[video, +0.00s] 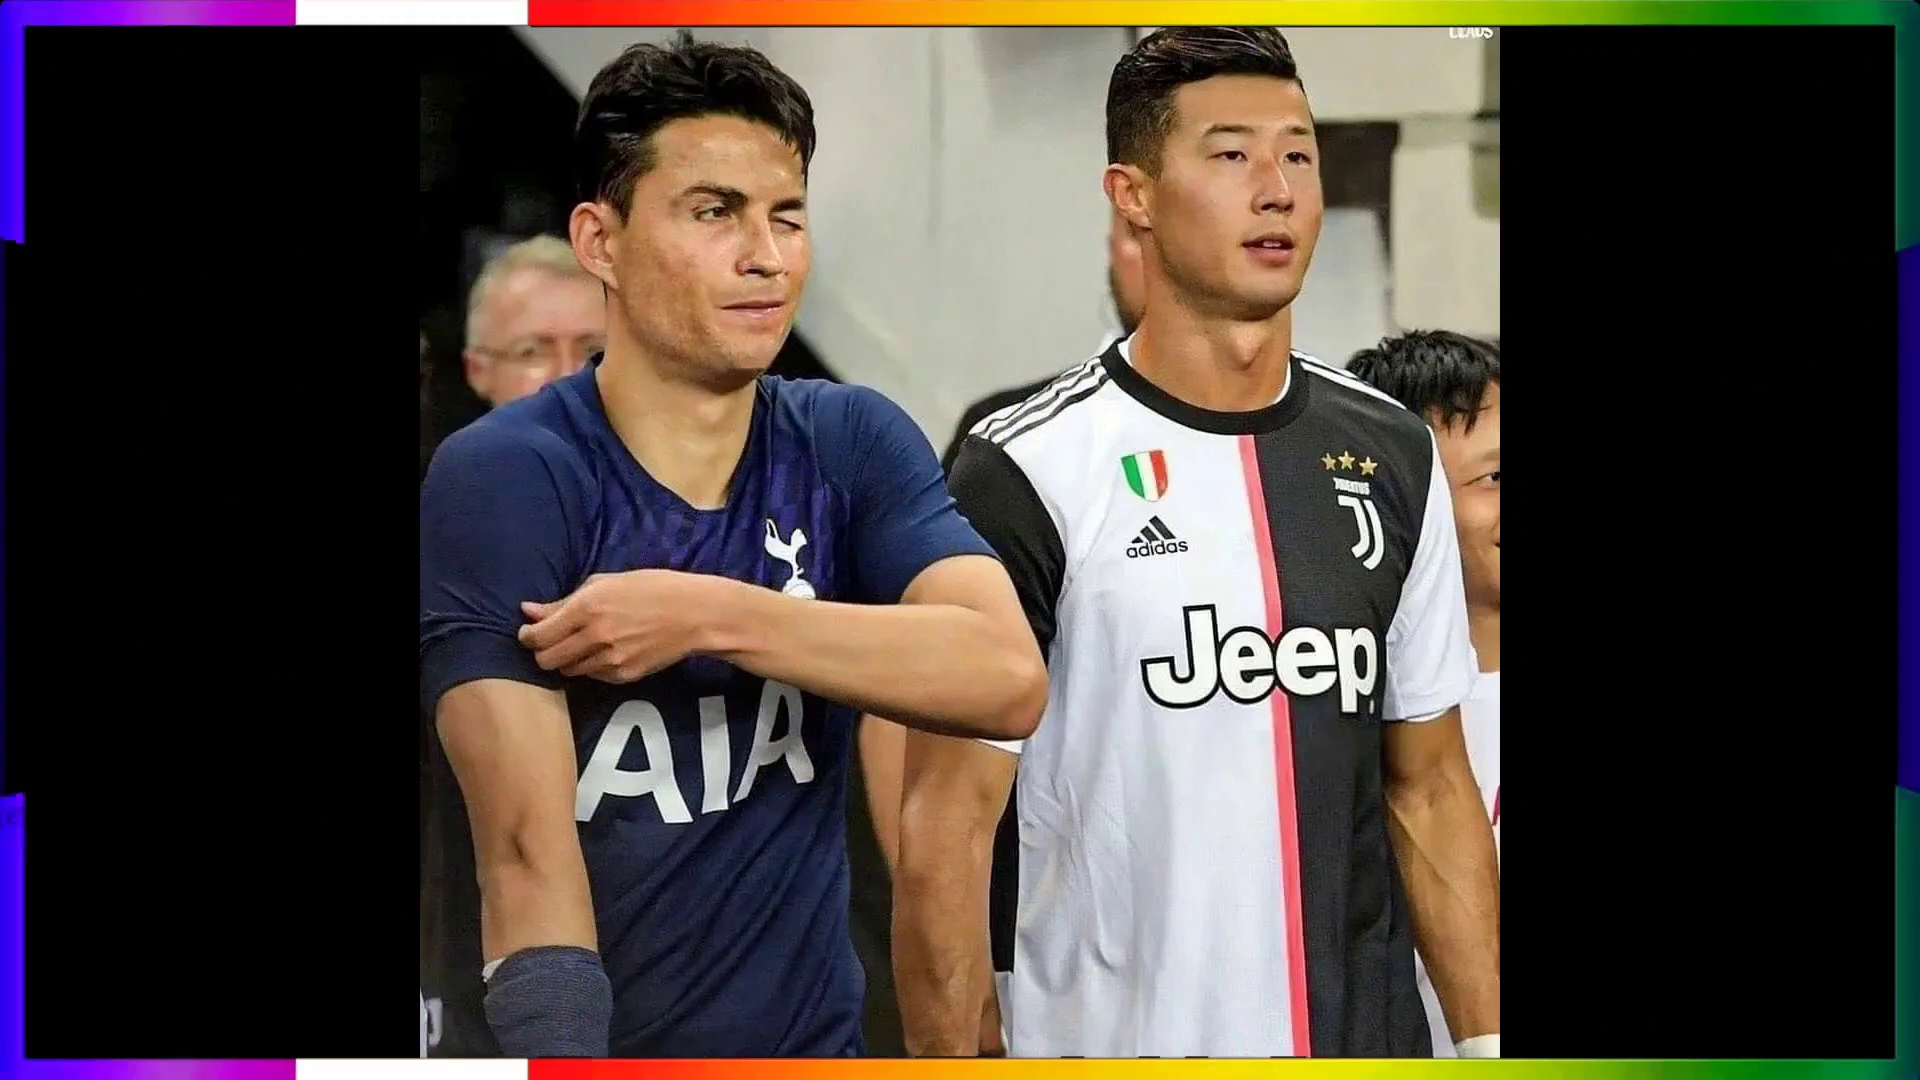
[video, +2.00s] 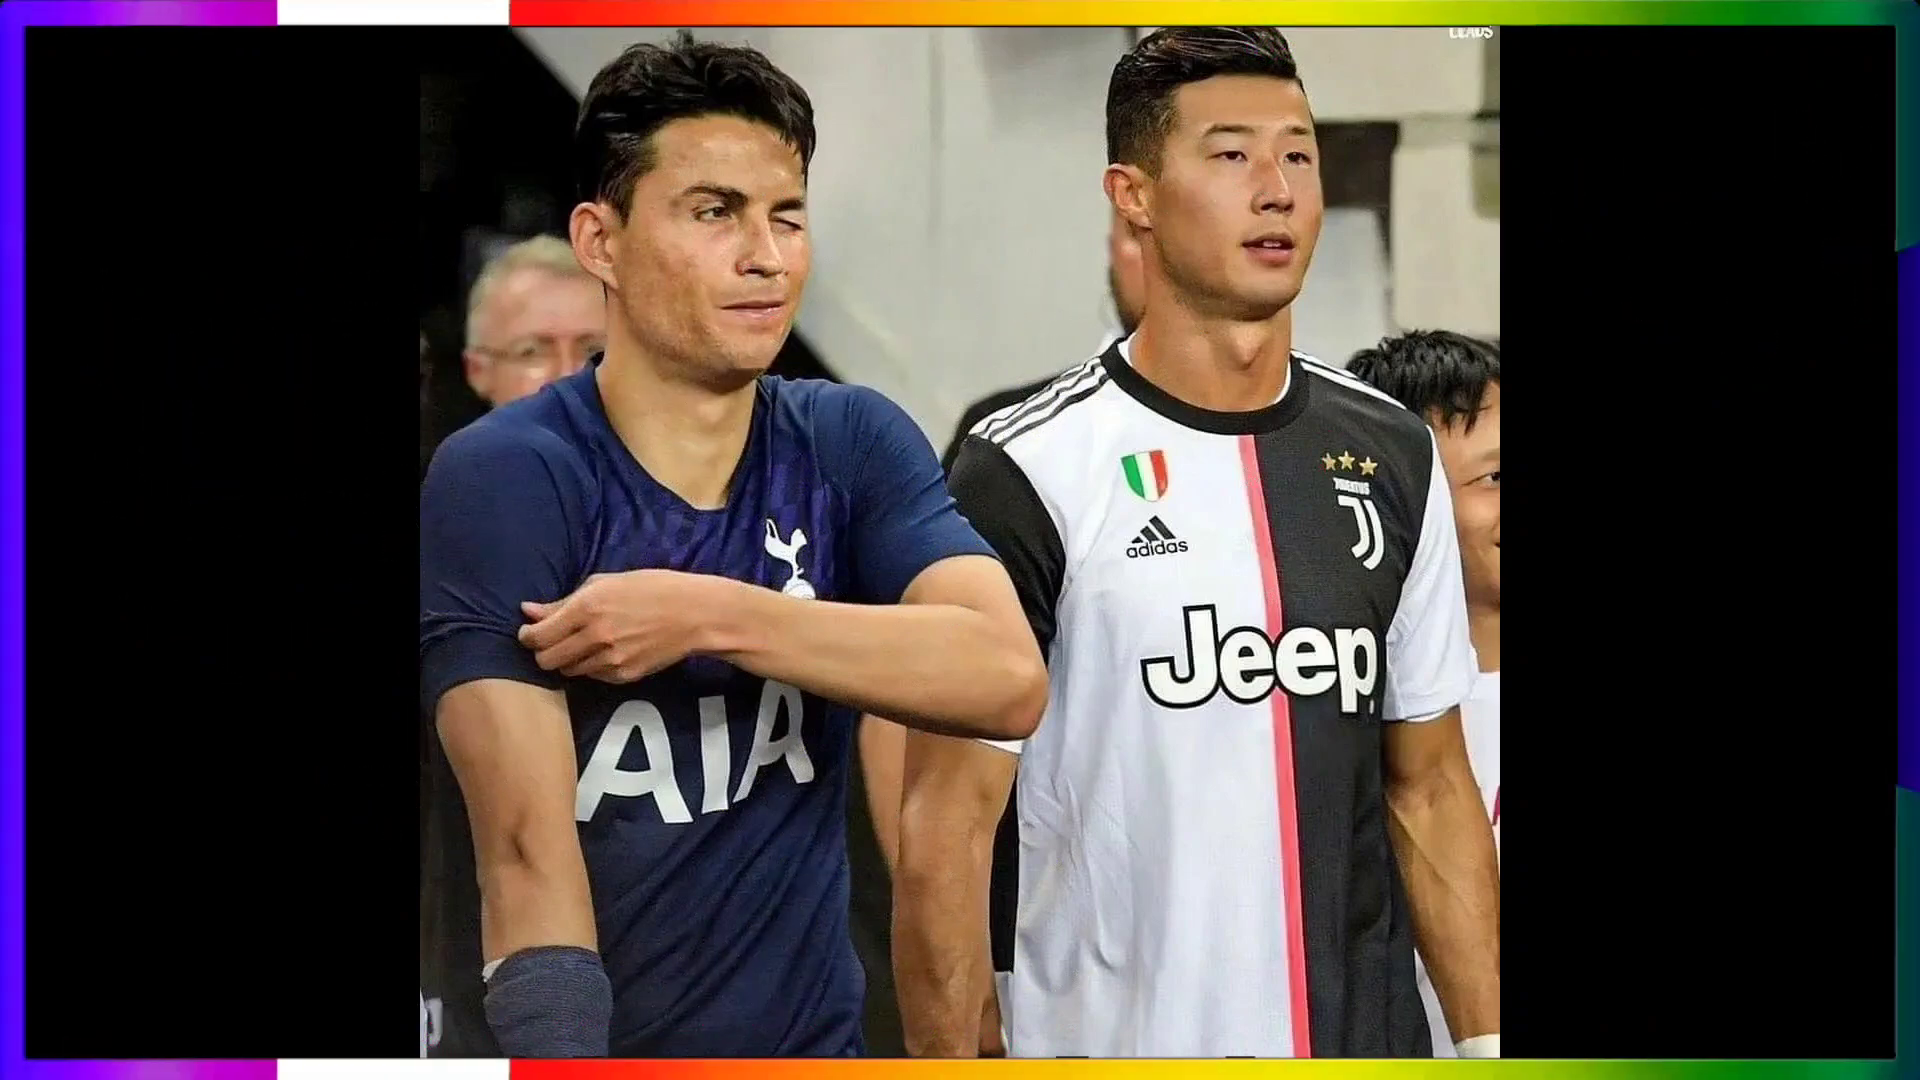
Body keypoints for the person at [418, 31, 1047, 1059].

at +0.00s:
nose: (766, 257)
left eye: (786, 218)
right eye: (712, 212)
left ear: (809, 237)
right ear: (601, 241)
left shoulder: (856, 439)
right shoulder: (499, 476)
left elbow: (1009, 681)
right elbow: (525, 850)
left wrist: (713, 613)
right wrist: (560, 1058)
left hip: (809, 1040)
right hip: (599, 1037)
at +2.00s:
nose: (765, 257)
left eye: (785, 217)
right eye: (712, 212)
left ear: (809, 235)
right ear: (601, 242)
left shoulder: (856, 439)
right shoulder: (500, 476)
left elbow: (1009, 681)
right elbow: (525, 850)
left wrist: (714, 613)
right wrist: (559, 1059)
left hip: (810, 1040)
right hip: (600, 1037)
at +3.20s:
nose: (767, 260)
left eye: (787, 219)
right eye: (715, 212)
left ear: (811, 236)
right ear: (600, 241)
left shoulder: (846, 453)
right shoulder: (497, 475)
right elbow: (524, 855)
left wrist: (708, 619)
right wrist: (560, 1060)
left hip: (813, 1037)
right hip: (602, 1037)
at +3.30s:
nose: (766, 259)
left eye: (788, 220)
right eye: (714, 212)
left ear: (811, 238)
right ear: (600, 241)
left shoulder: (857, 453)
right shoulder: (492, 477)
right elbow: (524, 845)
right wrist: (560, 1053)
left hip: (841, 1030)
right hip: (614, 1034)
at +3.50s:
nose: (766, 257)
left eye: (787, 218)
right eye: (714, 211)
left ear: (809, 234)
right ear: (598, 239)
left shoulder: (830, 461)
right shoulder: (497, 478)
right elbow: (527, 856)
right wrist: (571, 1047)